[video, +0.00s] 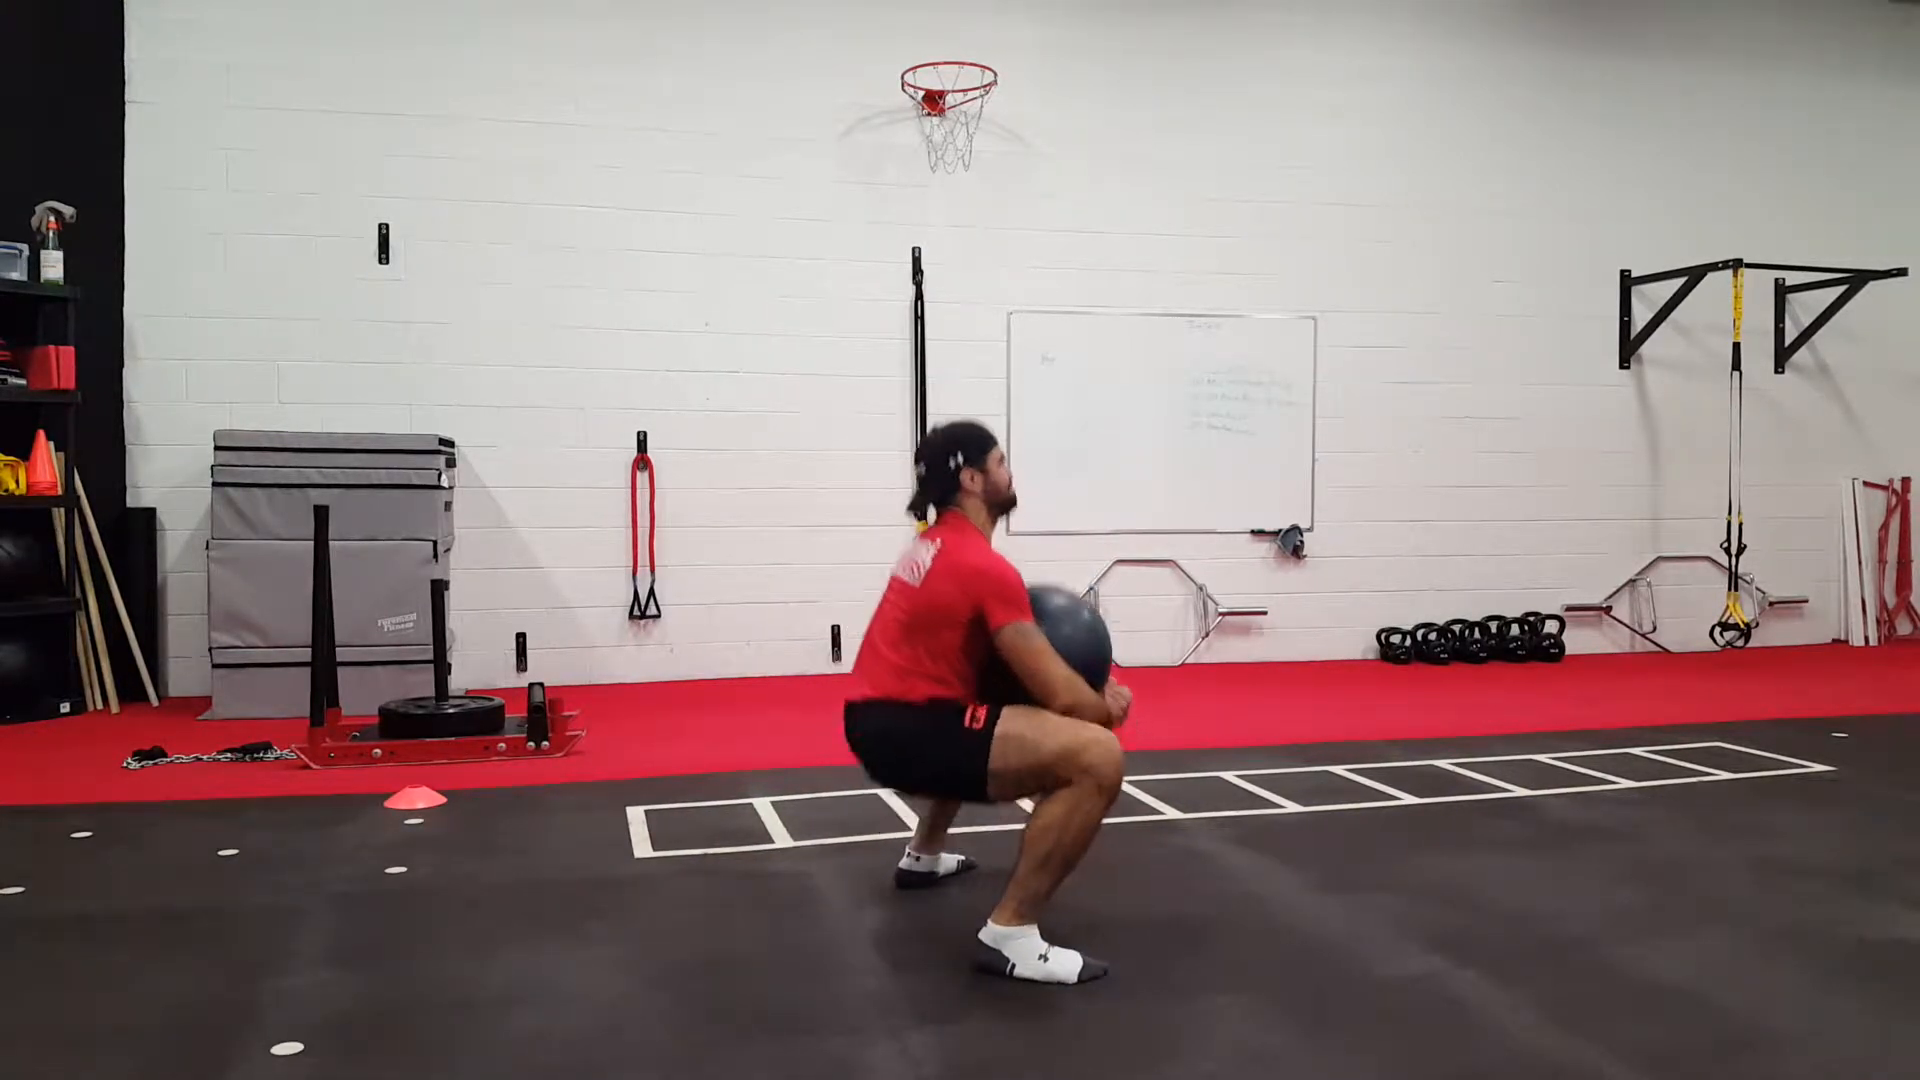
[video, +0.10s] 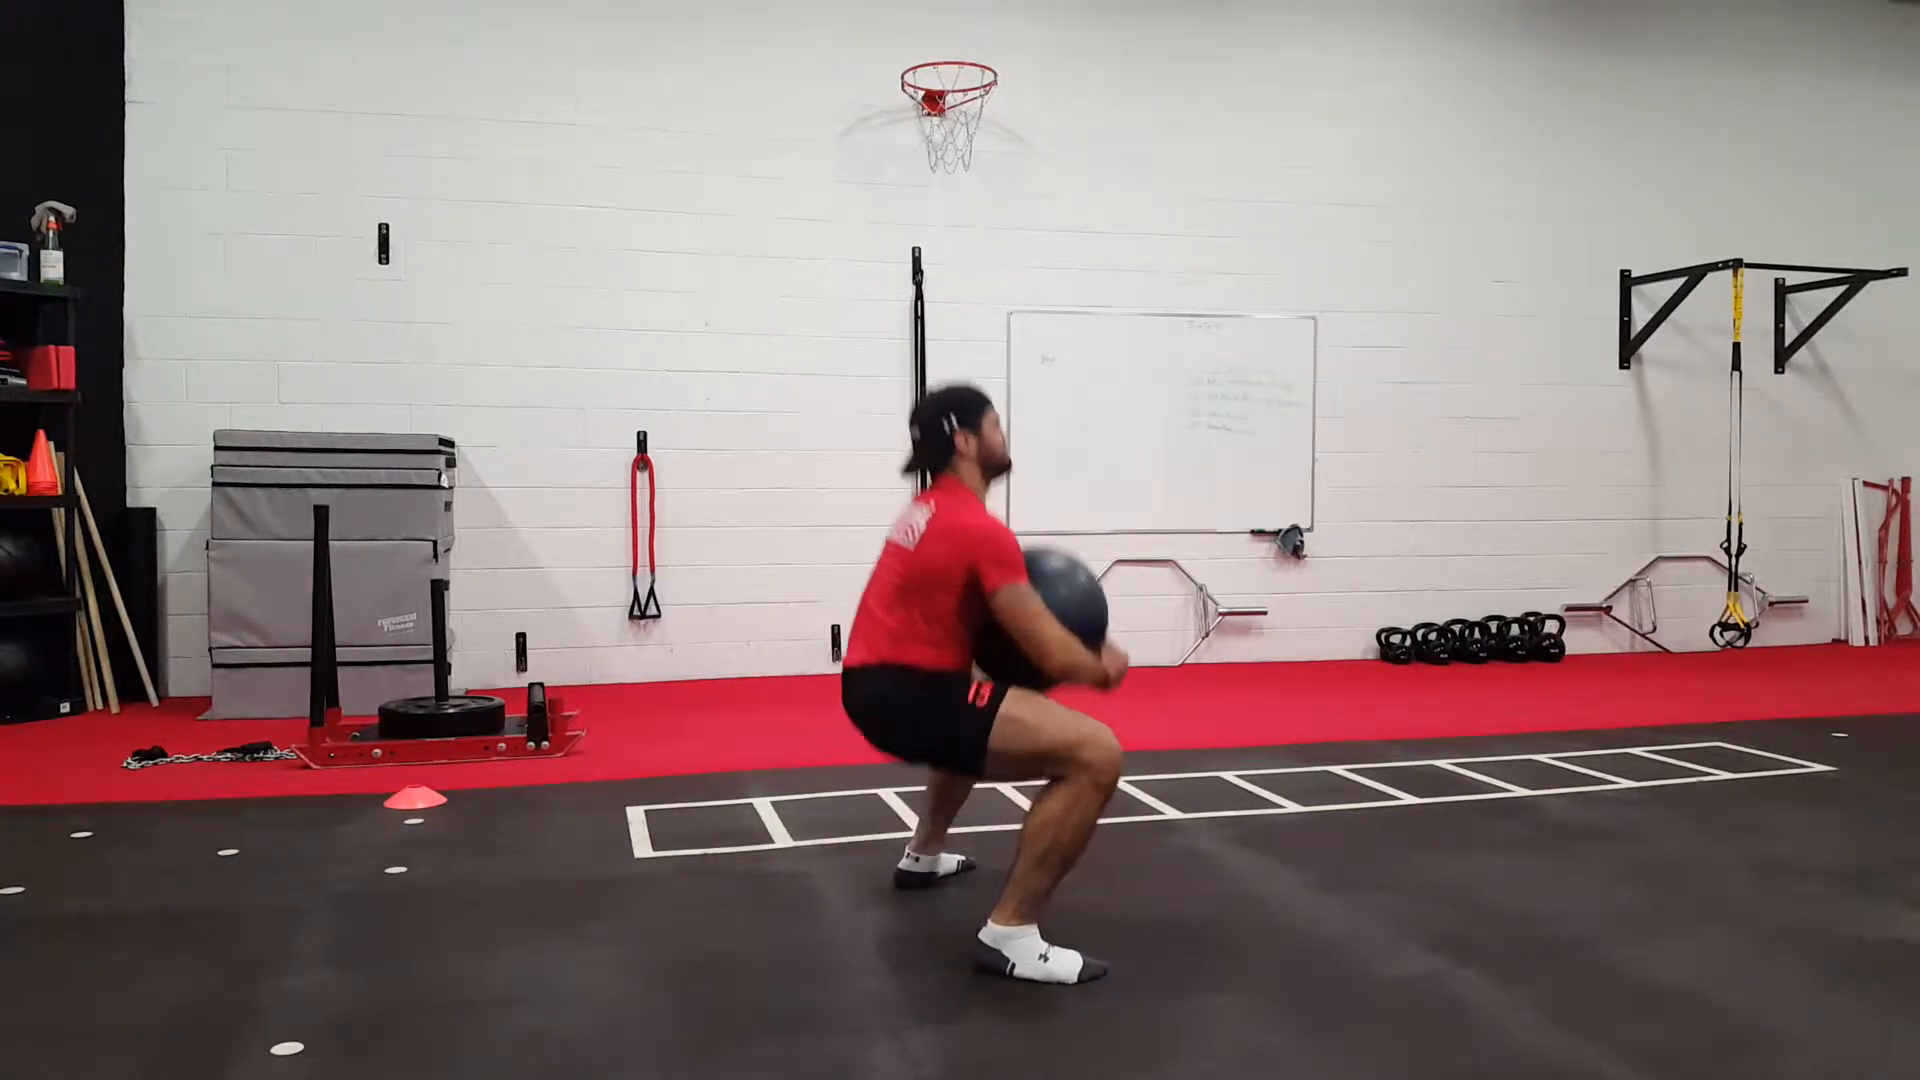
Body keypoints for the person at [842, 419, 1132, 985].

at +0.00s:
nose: (1010, 473)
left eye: (1005, 461)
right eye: (1000, 463)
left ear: (962, 483)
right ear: (969, 480)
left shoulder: (932, 544)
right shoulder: (985, 568)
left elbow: (975, 658)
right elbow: (1067, 697)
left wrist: (1078, 688)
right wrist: (1109, 708)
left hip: (876, 720)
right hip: (914, 730)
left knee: (995, 707)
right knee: (1096, 758)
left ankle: (925, 850)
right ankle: (1011, 929)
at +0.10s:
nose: (1004, 438)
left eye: (999, 426)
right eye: (995, 427)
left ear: (955, 445)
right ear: (964, 441)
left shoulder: (926, 510)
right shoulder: (981, 531)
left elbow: (959, 619)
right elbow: (1056, 655)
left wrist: (1034, 628)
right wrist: (1104, 667)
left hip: (872, 685)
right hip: (917, 693)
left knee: (991, 707)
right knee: (1096, 755)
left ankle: (924, 850)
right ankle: (1012, 929)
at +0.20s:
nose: (989, 393)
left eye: (983, 381)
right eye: (979, 382)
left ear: (935, 402)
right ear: (950, 397)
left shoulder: (916, 469)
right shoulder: (972, 485)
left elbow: (959, 568)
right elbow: (1046, 601)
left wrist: (1048, 602)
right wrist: (1095, 619)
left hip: (872, 647)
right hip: (918, 654)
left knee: (979, 719)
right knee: (1089, 752)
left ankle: (923, 850)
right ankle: (1011, 927)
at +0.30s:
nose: (953, 339)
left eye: (945, 326)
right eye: (940, 329)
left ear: (902, 353)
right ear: (910, 348)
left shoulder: (897, 427)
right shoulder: (951, 434)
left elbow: (967, 529)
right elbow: (1037, 543)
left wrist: (1050, 534)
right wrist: (1092, 545)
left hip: (890, 609)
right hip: (933, 612)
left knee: (992, 711)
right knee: (1083, 745)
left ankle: (923, 851)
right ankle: (1011, 927)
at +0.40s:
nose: (901, 287)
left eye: (889, 277)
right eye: (885, 280)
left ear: (855, 317)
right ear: (865, 305)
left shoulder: (875, 386)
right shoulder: (920, 382)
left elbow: (979, 452)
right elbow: (1033, 458)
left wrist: (1024, 422)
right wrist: (1084, 432)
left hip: (915, 564)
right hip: (953, 560)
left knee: (990, 703)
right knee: (1061, 729)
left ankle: (926, 845)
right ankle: (1010, 922)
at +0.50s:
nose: (861, 268)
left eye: (845, 261)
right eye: (845, 264)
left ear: (826, 303)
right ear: (836, 287)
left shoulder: (865, 359)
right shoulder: (892, 347)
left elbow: (992, 360)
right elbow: (1029, 350)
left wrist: (1007, 310)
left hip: (943, 537)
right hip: (978, 530)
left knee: (989, 692)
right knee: (1047, 711)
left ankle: (933, 833)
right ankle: (1014, 910)